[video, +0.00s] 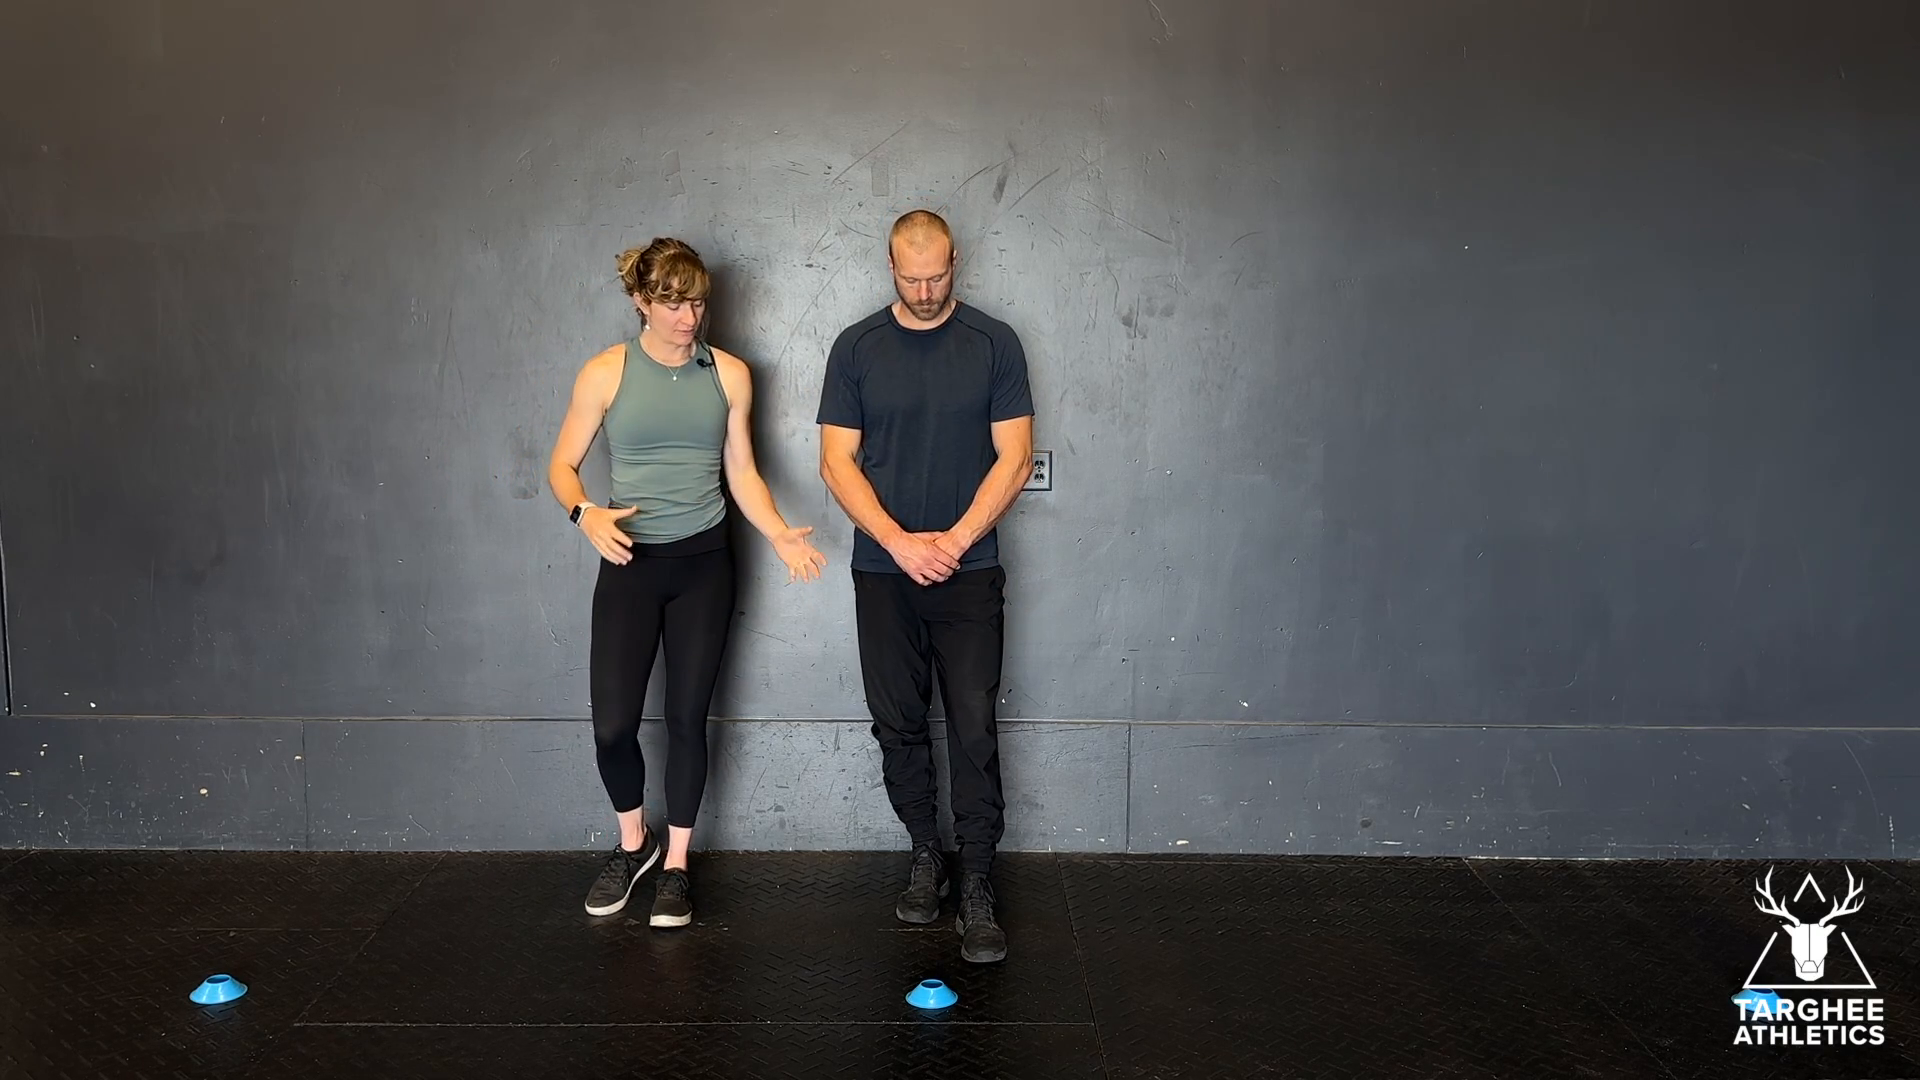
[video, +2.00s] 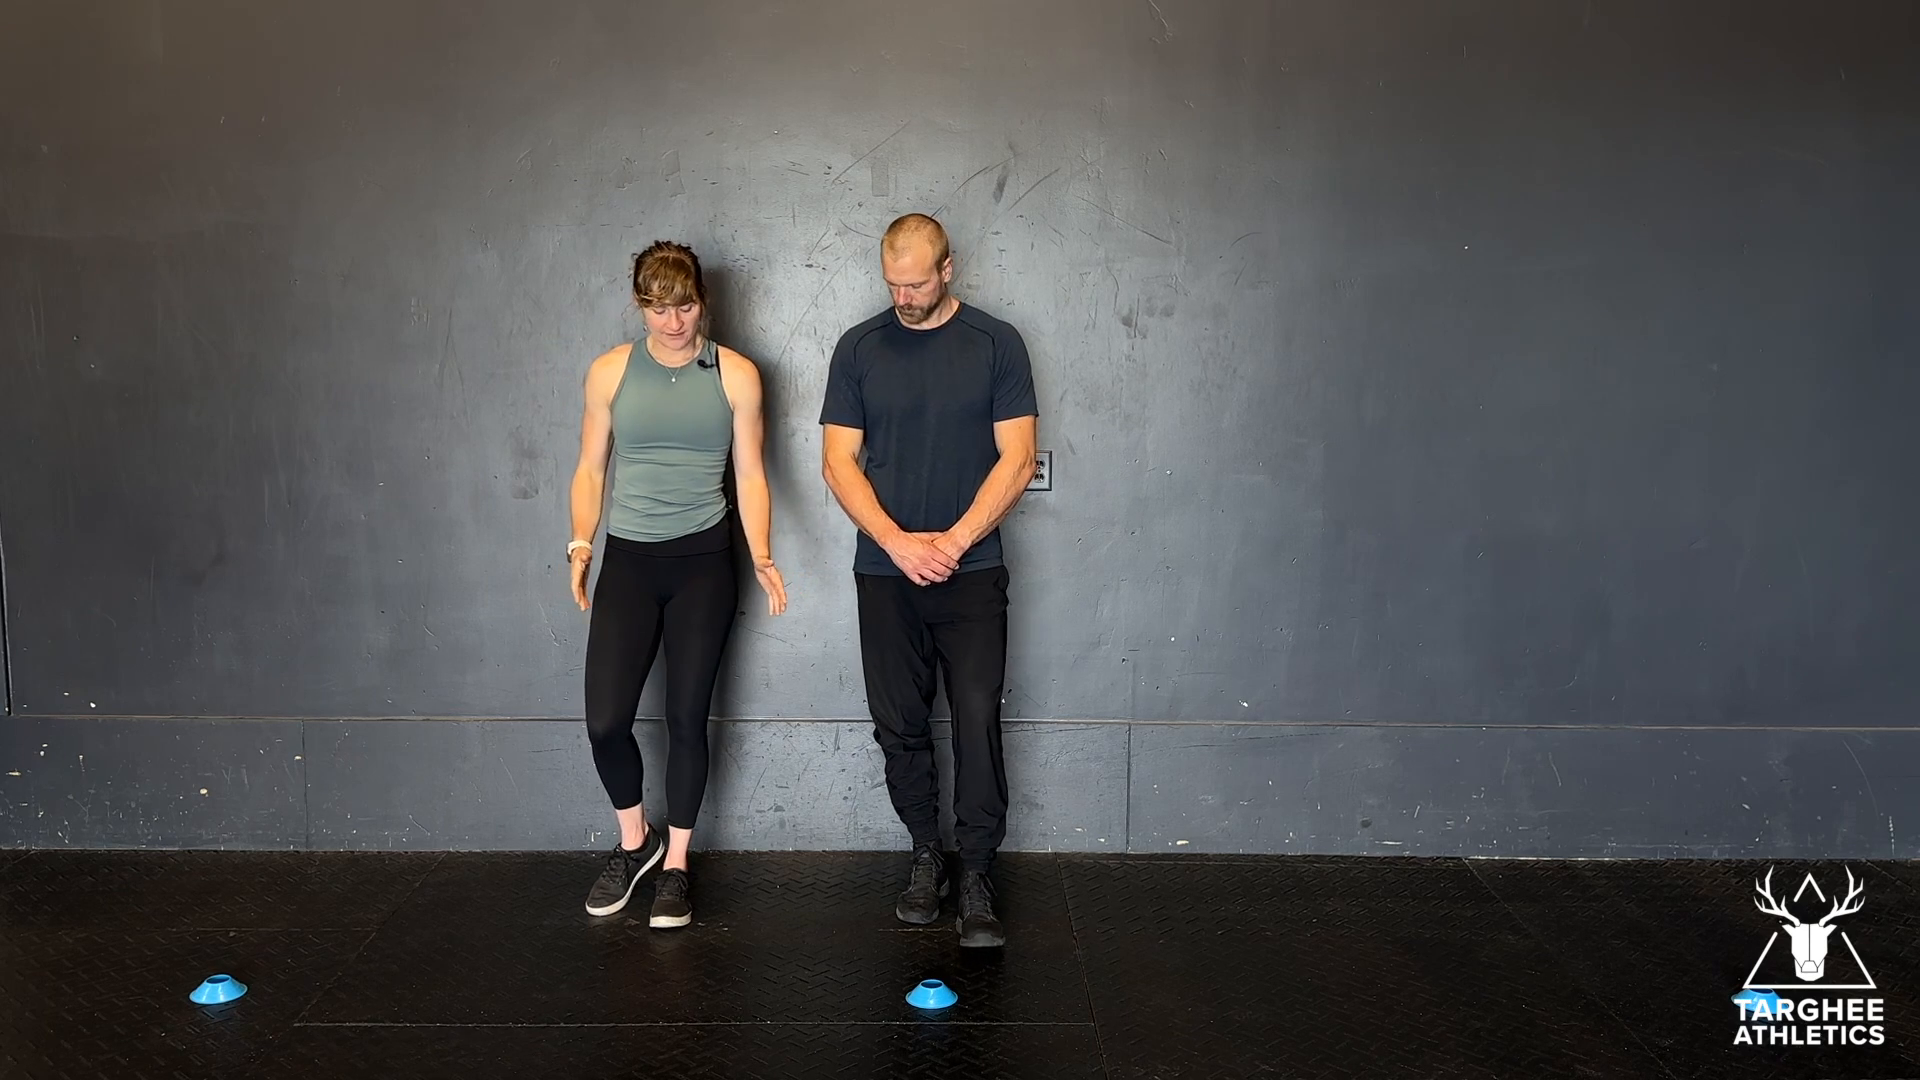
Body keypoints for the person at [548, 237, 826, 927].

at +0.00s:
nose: (688, 315)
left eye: (696, 301)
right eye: (673, 303)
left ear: (704, 299)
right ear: (642, 302)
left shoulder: (728, 373)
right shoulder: (606, 373)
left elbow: (741, 468)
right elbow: (562, 466)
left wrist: (780, 534)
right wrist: (584, 513)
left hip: (705, 561)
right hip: (628, 564)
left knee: (687, 716)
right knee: (612, 725)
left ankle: (675, 867)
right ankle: (635, 844)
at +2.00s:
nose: (673, 322)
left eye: (683, 309)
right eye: (660, 310)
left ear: (701, 303)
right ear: (641, 307)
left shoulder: (735, 374)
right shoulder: (610, 371)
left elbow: (750, 473)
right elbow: (591, 467)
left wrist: (761, 556)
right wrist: (581, 546)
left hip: (704, 561)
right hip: (626, 562)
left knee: (688, 715)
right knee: (605, 720)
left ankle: (677, 865)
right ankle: (635, 841)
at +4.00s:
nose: (685, 311)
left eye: (693, 298)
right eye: (670, 299)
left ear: (701, 300)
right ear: (639, 302)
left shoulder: (725, 374)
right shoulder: (604, 378)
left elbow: (746, 471)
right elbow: (568, 484)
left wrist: (782, 524)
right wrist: (569, 575)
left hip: (710, 565)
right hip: (633, 570)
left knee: (733, 722)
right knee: (634, 724)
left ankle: (734, 869)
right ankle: (635, 871)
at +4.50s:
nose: (747, 313)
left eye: (757, 299)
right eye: (732, 301)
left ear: (771, 302)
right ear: (708, 305)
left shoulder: (803, 380)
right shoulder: (680, 383)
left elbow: (826, 489)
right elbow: (663, 487)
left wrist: (856, 587)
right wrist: (662, 573)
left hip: (791, 570)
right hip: (710, 572)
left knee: (788, 733)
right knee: (675, 739)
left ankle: (795, 889)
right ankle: (660, 861)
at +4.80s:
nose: (773, 311)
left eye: (785, 297)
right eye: (759, 298)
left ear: (800, 300)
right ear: (738, 304)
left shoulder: (833, 381)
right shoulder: (707, 383)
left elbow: (852, 494)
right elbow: (685, 488)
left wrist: (881, 595)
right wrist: (673, 587)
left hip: (815, 574)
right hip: (735, 577)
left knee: (803, 731)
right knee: (735, 730)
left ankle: (796, 889)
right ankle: (764, 853)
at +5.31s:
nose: (751, 311)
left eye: (765, 298)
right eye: (747, 298)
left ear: (805, 302)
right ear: (746, 304)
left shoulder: (847, 388)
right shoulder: (727, 373)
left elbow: (864, 504)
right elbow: (688, 476)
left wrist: (876, 600)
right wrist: (647, 564)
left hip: (805, 574)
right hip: (725, 572)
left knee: (794, 737)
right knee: (676, 724)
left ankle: (793, 891)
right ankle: (671, 886)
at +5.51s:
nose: (735, 308)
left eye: (748, 296)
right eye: (731, 296)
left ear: (790, 299)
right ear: (734, 303)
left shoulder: (833, 388)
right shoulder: (715, 376)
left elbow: (852, 502)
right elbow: (655, 473)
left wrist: (866, 603)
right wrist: (586, 558)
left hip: (786, 574)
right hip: (710, 572)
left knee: (788, 736)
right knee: (639, 716)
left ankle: (794, 892)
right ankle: (580, 872)